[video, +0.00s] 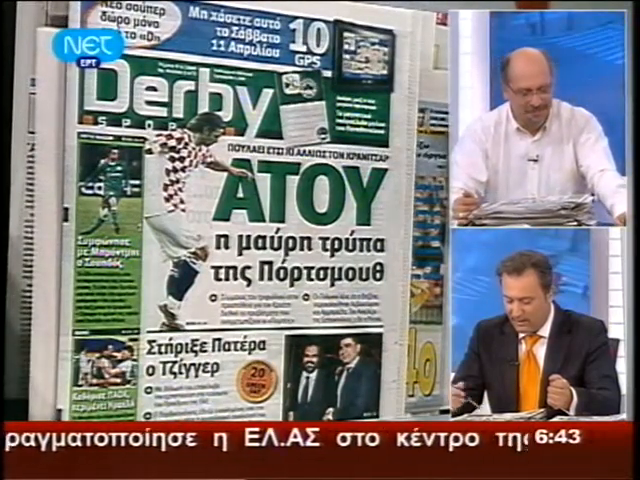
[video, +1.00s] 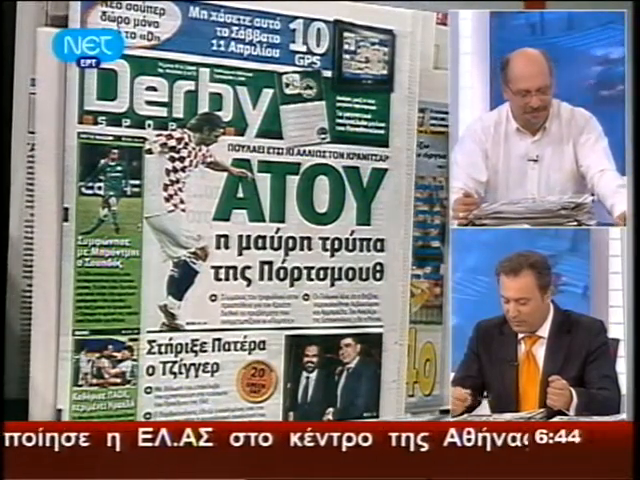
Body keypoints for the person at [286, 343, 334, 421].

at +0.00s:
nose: (310, 360)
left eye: (314, 356)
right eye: (306, 356)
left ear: (320, 359)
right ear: (302, 358)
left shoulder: (326, 377)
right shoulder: (295, 376)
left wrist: (330, 411)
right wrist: (290, 413)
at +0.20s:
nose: (310, 360)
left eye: (314, 356)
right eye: (306, 356)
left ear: (320, 359)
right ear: (302, 358)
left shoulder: (326, 377)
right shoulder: (295, 376)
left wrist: (330, 411)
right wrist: (290, 413)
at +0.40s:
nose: (310, 360)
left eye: (314, 356)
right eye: (306, 356)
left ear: (320, 359)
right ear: (302, 358)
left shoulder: (326, 377)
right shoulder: (295, 376)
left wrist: (330, 411)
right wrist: (290, 413)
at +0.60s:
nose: (310, 360)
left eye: (314, 356)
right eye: (306, 356)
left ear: (320, 359)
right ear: (302, 358)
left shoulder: (326, 377)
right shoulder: (295, 376)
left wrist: (330, 411)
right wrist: (290, 413)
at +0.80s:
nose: (310, 360)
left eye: (314, 356)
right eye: (306, 356)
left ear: (320, 359)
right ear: (302, 358)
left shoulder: (326, 377)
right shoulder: (295, 376)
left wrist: (330, 411)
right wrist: (290, 413)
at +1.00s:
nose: (310, 360)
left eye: (314, 356)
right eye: (306, 356)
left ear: (320, 359)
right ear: (302, 358)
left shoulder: (326, 377)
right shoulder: (295, 376)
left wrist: (330, 411)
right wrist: (290, 413)